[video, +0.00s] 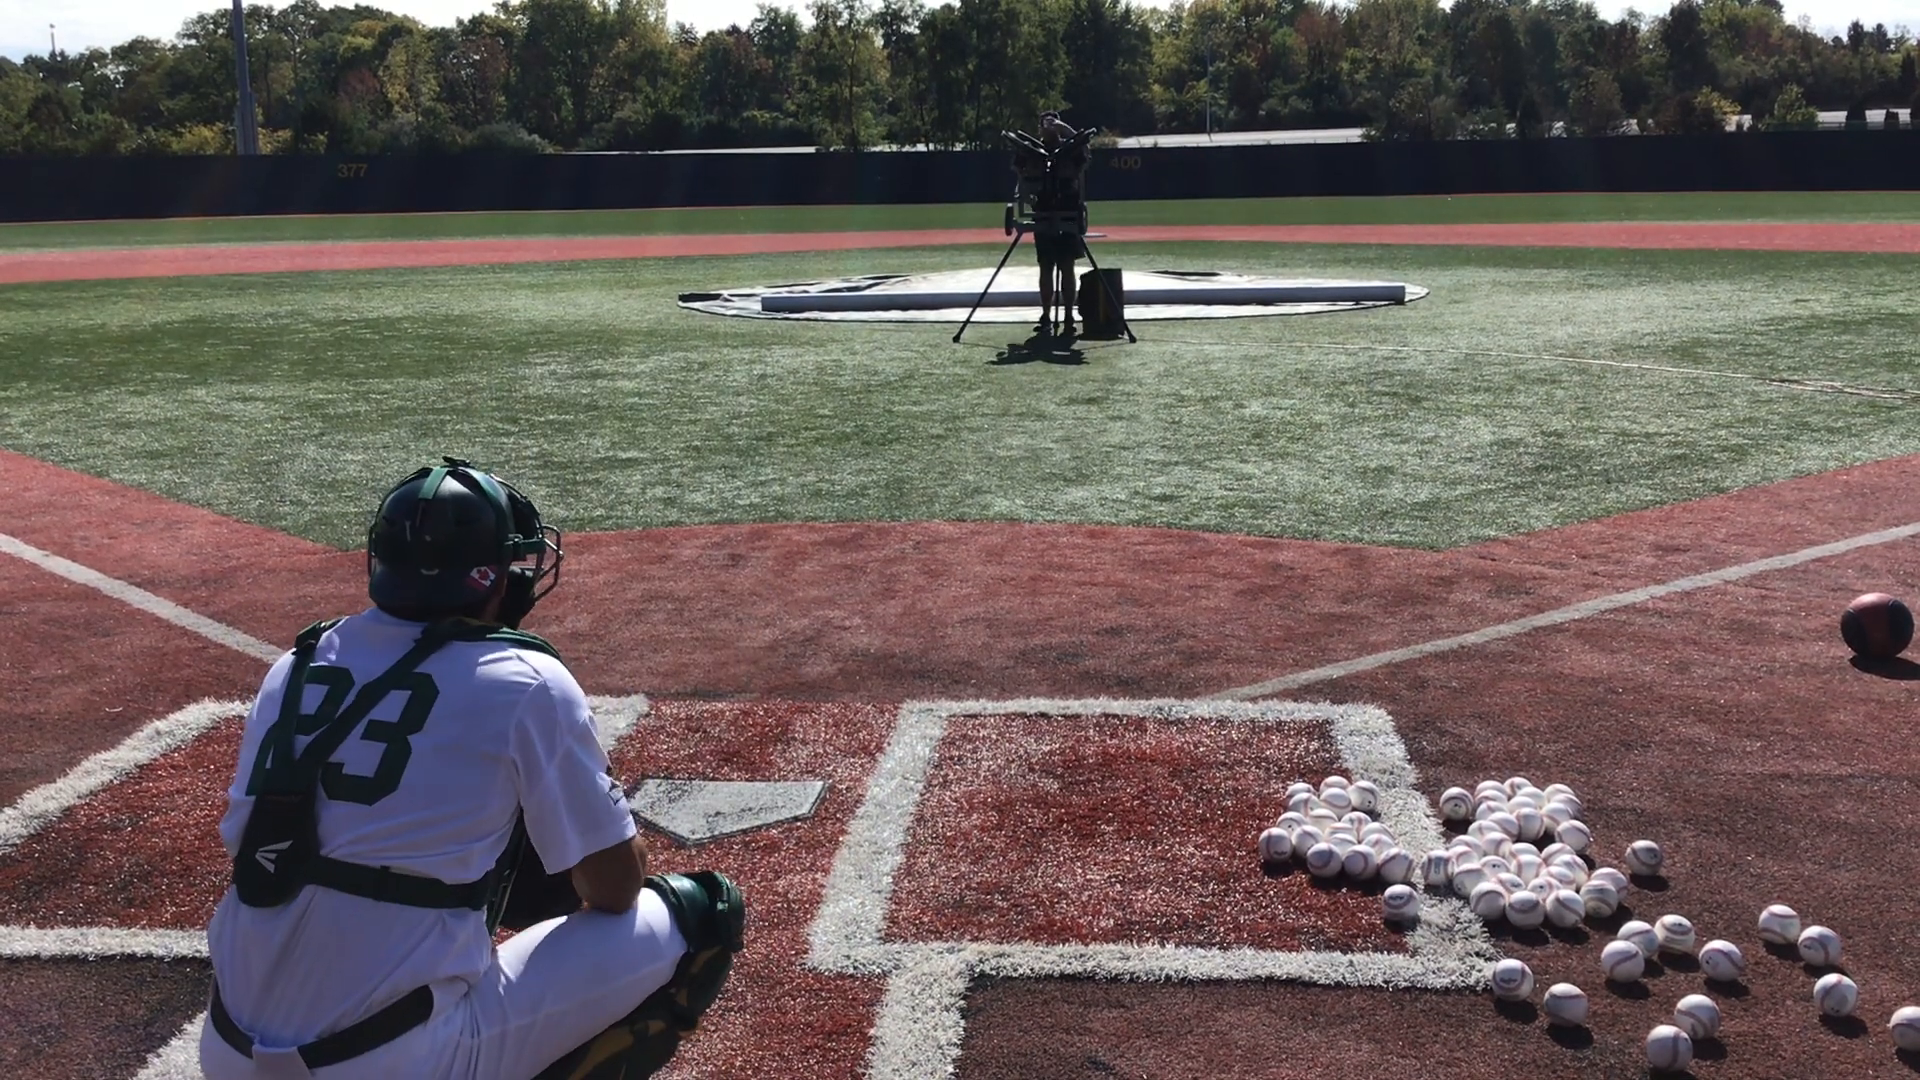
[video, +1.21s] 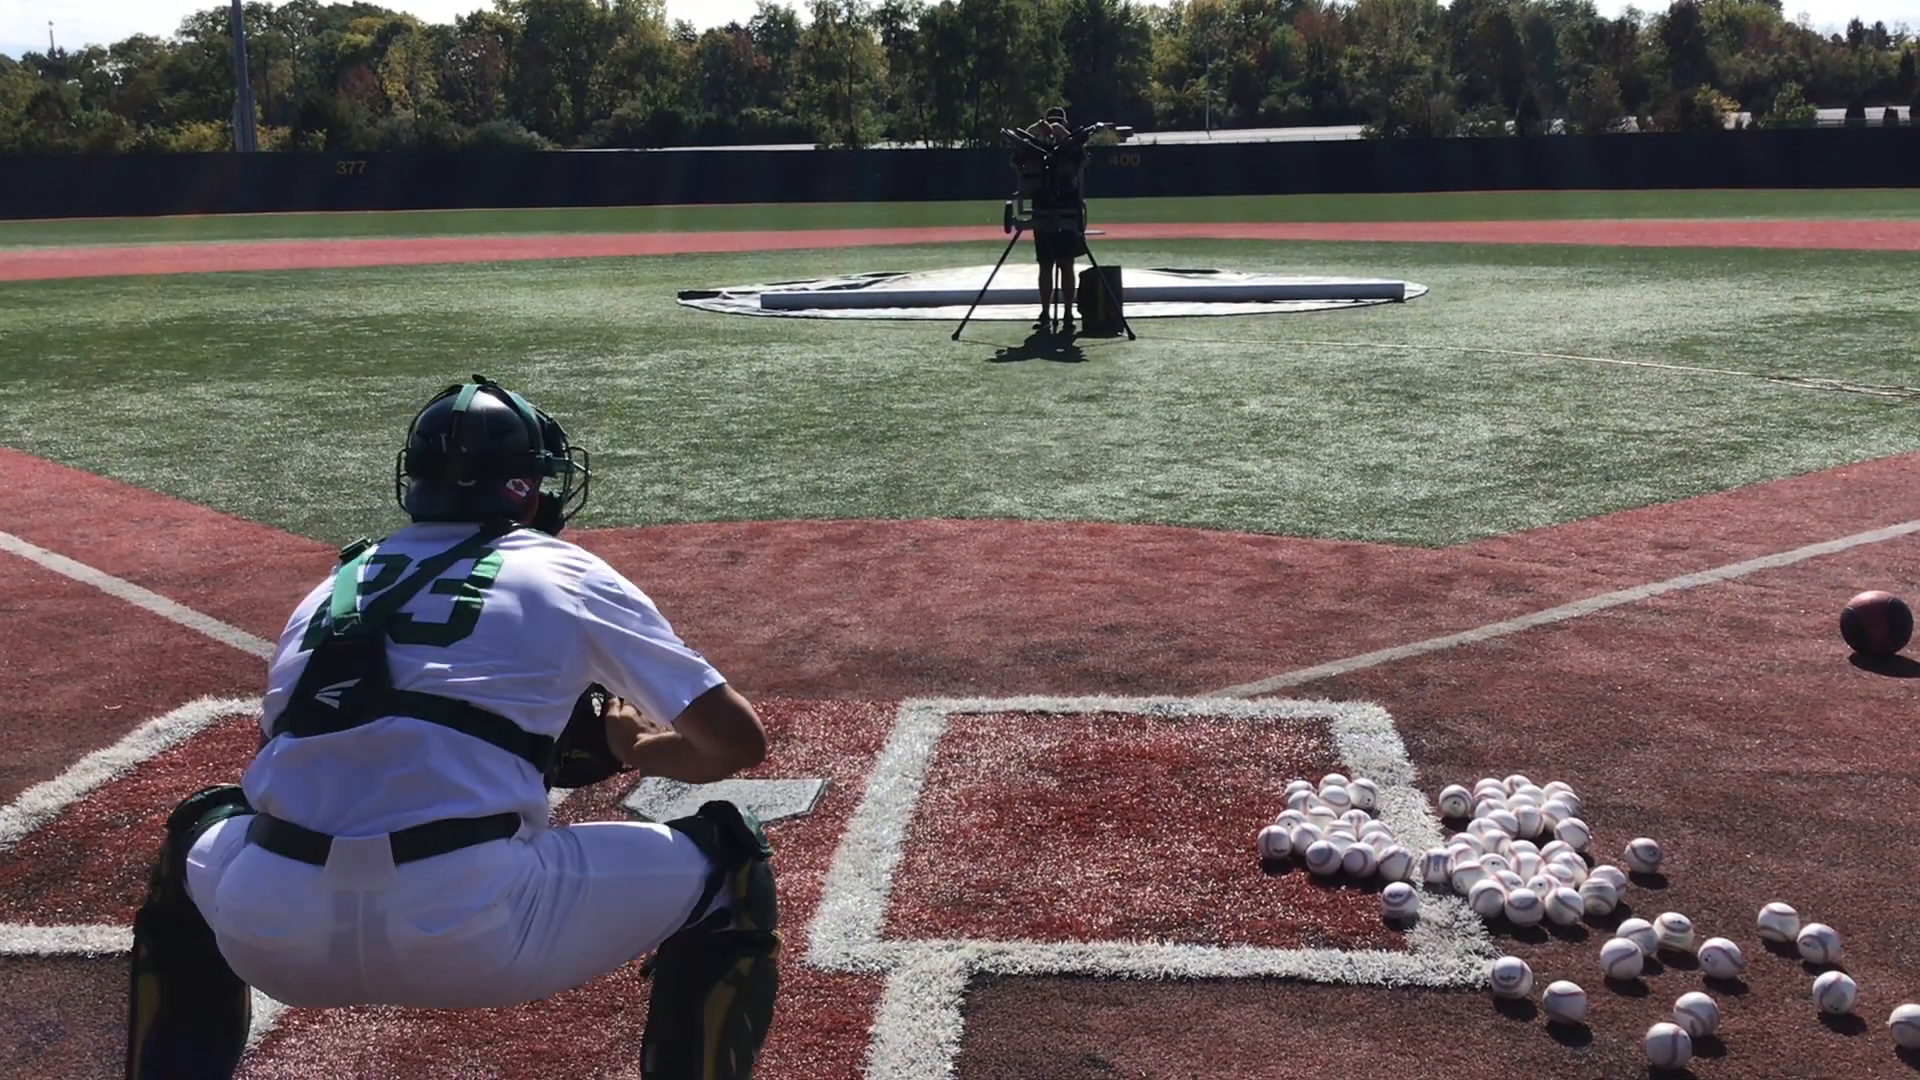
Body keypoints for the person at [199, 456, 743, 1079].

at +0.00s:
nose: (523, 576)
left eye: (520, 561)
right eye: (515, 565)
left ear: (384, 566)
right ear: (490, 583)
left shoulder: (300, 660)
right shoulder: (526, 683)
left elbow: (242, 838)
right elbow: (613, 888)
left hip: (232, 1045)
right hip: (398, 1058)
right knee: (703, 911)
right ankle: (563, 1064)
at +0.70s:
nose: (530, 565)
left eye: (526, 550)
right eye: (521, 553)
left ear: (390, 560)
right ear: (498, 575)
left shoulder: (303, 660)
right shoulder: (545, 675)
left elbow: (247, 845)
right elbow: (627, 873)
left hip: (245, 1042)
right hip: (416, 1056)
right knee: (701, 907)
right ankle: (560, 1070)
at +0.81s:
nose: (524, 531)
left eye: (521, 516)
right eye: (516, 519)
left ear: (386, 529)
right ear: (497, 537)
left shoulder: (309, 623)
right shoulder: (547, 636)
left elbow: (238, 815)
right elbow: (666, 819)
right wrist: (626, 725)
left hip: (248, 1016)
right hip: (408, 1034)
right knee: (661, 895)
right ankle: (525, 1068)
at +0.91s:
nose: (526, 475)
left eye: (523, 459)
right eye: (519, 462)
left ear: (388, 469)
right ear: (498, 478)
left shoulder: (311, 561)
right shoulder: (543, 565)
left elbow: (236, 747)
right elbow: (687, 736)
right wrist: (597, 691)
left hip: (266, 953)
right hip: (425, 949)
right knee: (665, 860)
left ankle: (341, 1065)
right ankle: (521, 1067)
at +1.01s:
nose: (536, 443)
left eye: (532, 427)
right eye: (529, 429)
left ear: (402, 433)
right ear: (510, 441)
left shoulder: (327, 519)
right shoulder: (558, 521)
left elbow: (245, 700)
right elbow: (711, 697)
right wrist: (608, 684)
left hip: (269, 880)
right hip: (446, 888)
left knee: (243, 793)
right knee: (705, 824)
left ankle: (255, 1068)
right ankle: (620, 1066)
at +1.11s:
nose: (548, 457)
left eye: (543, 441)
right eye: (541, 442)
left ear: (414, 449)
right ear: (520, 452)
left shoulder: (332, 543)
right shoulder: (565, 532)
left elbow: (268, 703)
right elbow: (727, 710)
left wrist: (503, 711)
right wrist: (627, 701)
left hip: (275, 878)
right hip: (469, 882)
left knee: (224, 819)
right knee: (720, 869)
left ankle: (153, 1064)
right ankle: (710, 1061)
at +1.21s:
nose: (548, 499)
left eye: (544, 483)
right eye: (543, 484)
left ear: (414, 486)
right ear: (525, 492)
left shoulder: (339, 578)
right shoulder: (563, 570)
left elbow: (279, 733)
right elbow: (733, 740)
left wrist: (517, 747)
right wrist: (632, 742)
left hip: (272, 916)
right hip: (464, 921)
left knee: (201, 827)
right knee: (725, 859)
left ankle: (170, 1066)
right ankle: (694, 1066)